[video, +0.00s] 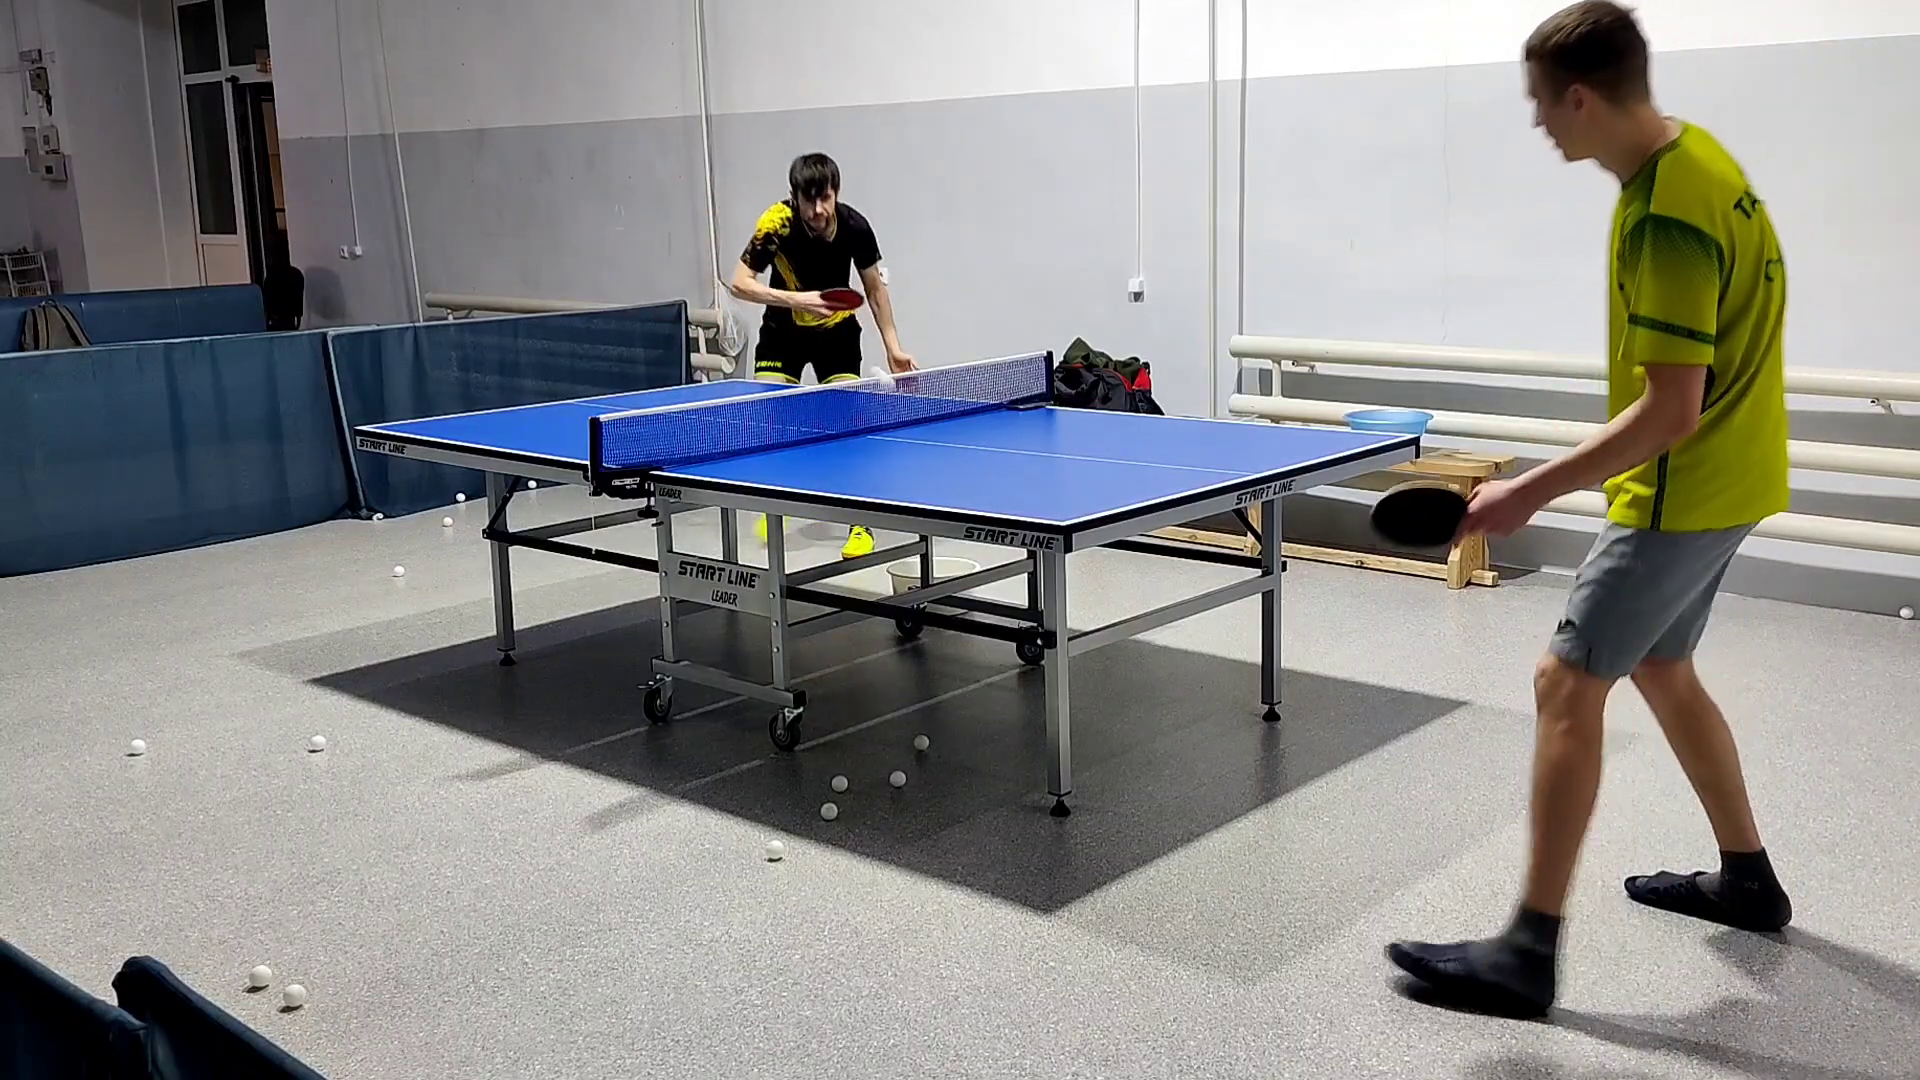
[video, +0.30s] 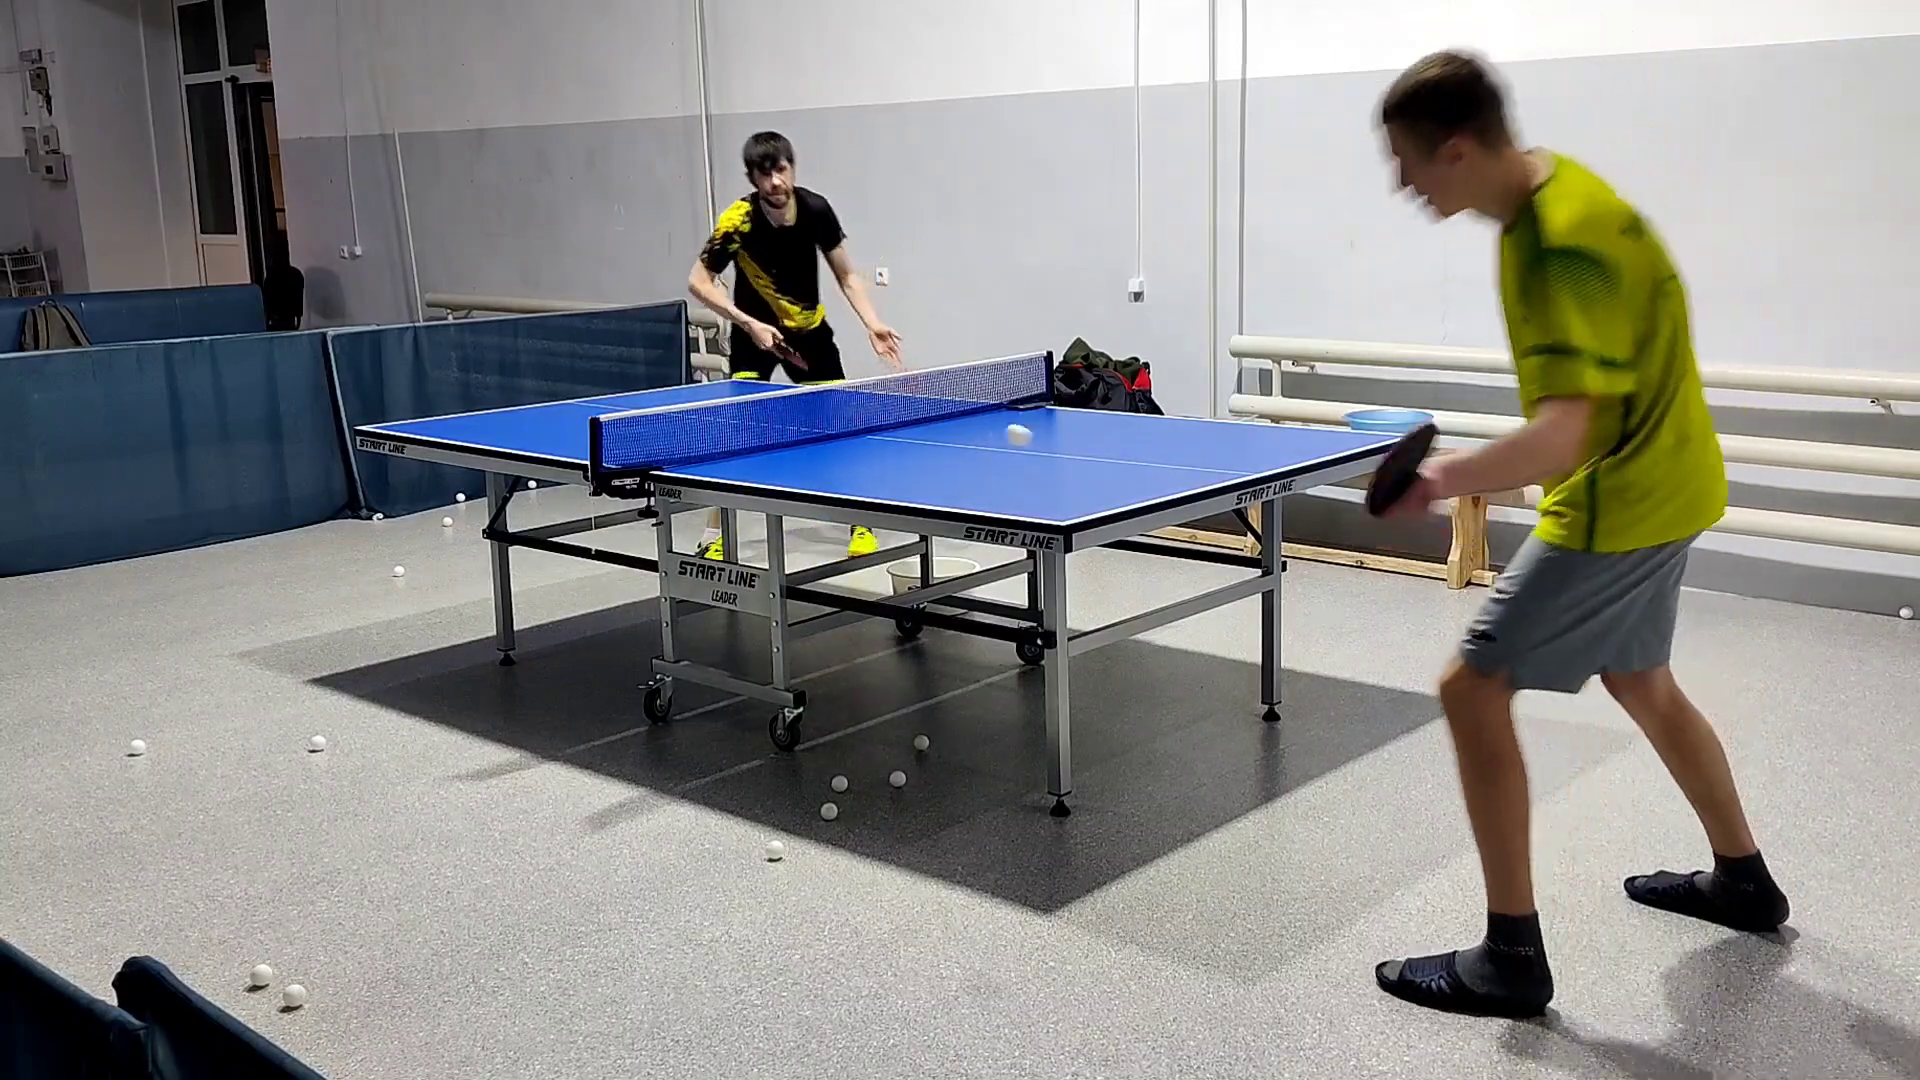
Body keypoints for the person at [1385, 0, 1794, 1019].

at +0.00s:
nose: (1544, 134)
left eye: (1546, 111)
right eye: (1539, 113)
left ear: (1592, 94)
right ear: (1617, 90)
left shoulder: (1674, 201)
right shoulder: (1691, 167)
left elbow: (1673, 408)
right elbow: (1704, 377)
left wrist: (1530, 490)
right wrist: (1637, 469)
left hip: (1682, 495)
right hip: (1715, 483)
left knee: (1567, 683)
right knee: (1661, 670)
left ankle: (1527, 949)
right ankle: (1747, 877)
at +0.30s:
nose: (1407, 187)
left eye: (1411, 165)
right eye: (1400, 168)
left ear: (1465, 146)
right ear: (1471, 145)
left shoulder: (1562, 237)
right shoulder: (1559, 202)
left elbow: (1560, 440)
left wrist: (1438, 477)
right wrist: (1478, 474)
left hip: (1615, 511)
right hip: (1659, 491)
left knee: (1473, 689)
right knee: (1639, 676)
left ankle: (1512, 954)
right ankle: (1744, 878)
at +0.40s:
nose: (1356, 228)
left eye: (1359, 206)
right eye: (1349, 208)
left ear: (1414, 186)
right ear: (1426, 182)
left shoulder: (1509, 273)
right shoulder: (1537, 210)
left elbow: (1476, 468)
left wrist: (1328, 518)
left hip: (1604, 517)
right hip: (1667, 489)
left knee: (1439, 696)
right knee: (1631, 680)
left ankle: (1509, 956)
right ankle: (1741, 876)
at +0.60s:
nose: (1317, 272)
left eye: (1315, 252)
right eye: (1309, 253)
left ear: (1358, 239)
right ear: (1399, 209)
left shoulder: (1426, 355)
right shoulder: (1516, 226)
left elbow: (1350, 524)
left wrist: (1240, 568)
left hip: (1593, 548)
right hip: (1691, 505)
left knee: (1415, 705)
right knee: (1649, 689)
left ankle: (1506, 953)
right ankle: (1746, 876)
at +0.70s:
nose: (1331, 267)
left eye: (1325, 249)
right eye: (1322, 250)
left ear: (1355, 240)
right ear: (1418, 208)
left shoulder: (1415, 358)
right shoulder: (1534, 226)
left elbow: (1375, 505)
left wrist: (1306, 507)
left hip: (1605, 548)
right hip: (1710, 509)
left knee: (1425, 699)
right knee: (1666, 687)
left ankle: (1506, 954)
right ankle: (1771, 887)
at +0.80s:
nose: (1358, 244)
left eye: (1356, 223)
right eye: (1351, 224)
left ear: (1390, 214)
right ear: (1442, 188)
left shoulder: (1431, 338)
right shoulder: (1565, 217)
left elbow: (1420, 482)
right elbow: (1599, 355)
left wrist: (1380, 471)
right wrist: (1491, 431)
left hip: (1623, 546)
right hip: (1733, 507)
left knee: (1444, 697)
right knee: (1701, 700)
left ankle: (1507, 955)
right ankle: (1824, 916)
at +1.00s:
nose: (1470, 203)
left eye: (1471, 181)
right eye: (1466, 182)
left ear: (1506, 171)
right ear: (1559, 152)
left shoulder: (1541, 295)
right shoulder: (1680, 201)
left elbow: (1548, 478)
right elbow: (1701, 373)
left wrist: (1512, 502)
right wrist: (1567, 456)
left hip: (1689, 548)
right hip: (1812, 521)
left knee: (1506, 697)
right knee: (1754, 735)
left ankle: (1510, 956)